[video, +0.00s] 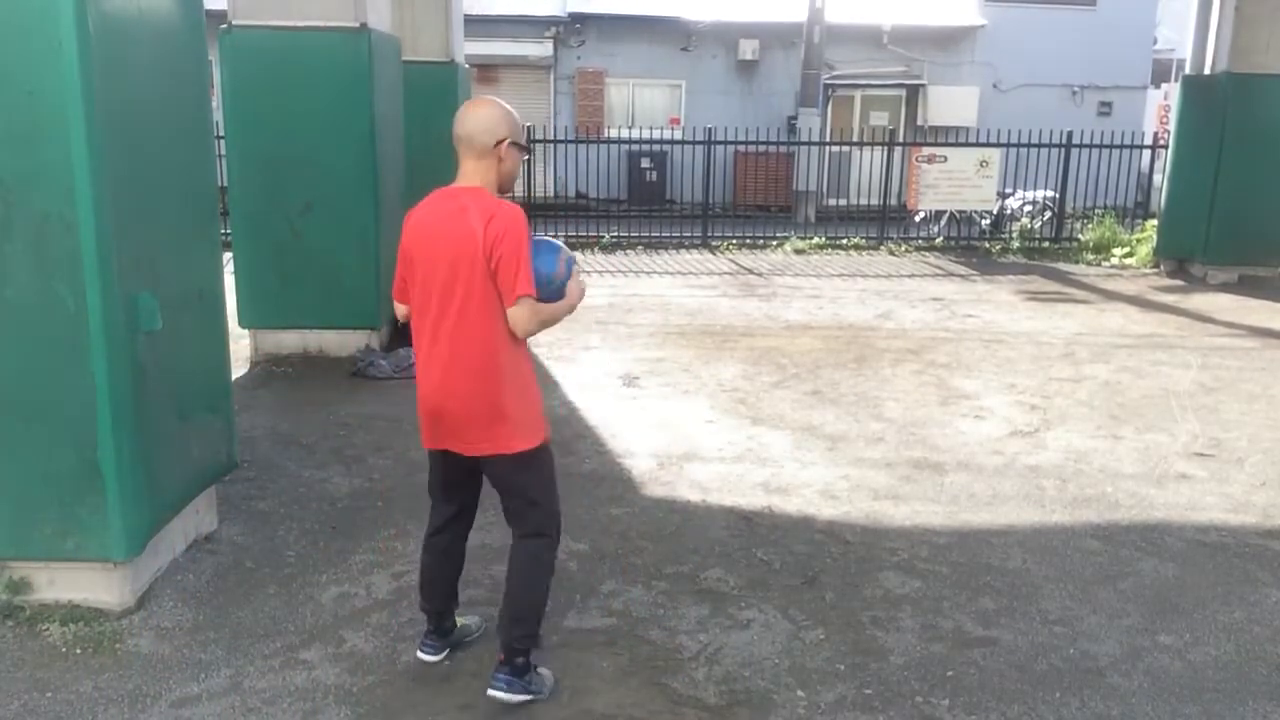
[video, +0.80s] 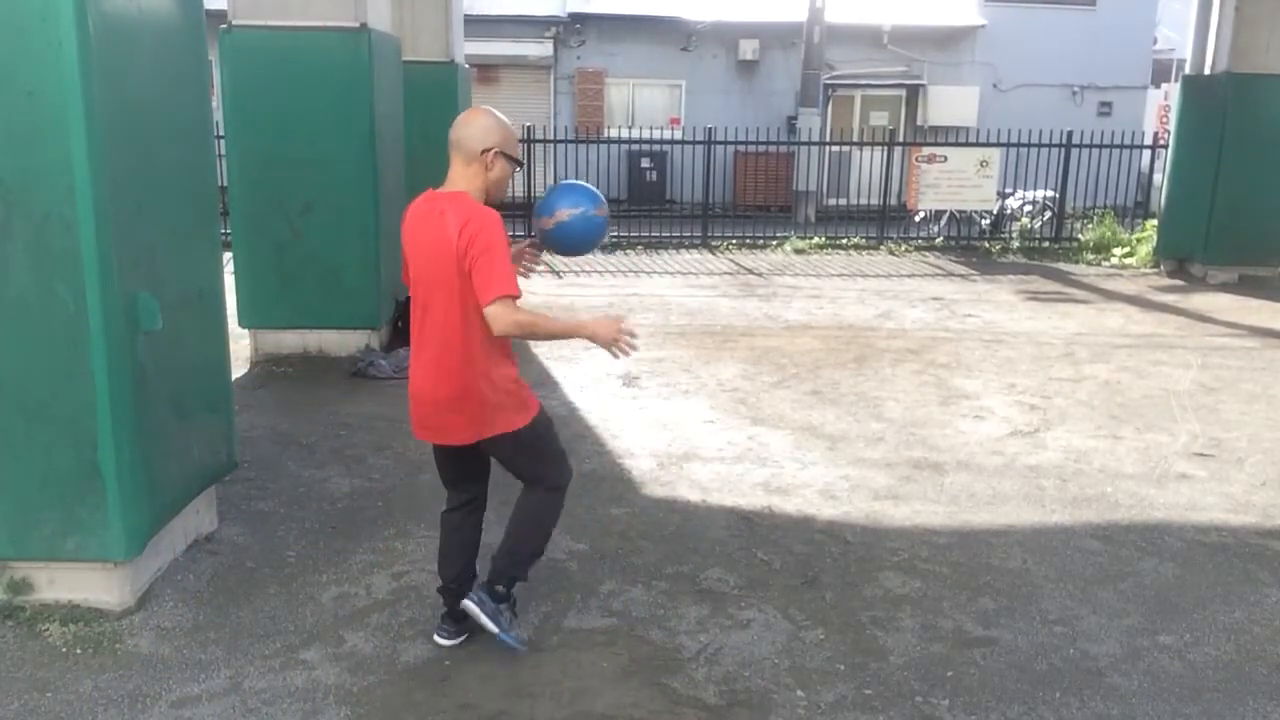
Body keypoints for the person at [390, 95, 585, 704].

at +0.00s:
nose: (521, 158)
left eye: (521, 147)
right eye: (519, 148)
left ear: (462, 148)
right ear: (500, 150)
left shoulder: (419, 215)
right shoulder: (502, 218)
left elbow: (405, 308)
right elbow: (522, 321)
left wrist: (488, 289)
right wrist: (566, 302)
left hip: (440, 404)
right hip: (502, 407)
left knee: (448, 514)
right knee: (536, 526)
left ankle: (437, 630)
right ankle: (515, 666)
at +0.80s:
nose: (512, 176)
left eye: (514, 165)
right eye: (512, 163)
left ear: (458, 155)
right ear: (488, 158)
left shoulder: (418, 210)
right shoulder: (480, 220)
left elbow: (418, 280)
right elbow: (503, 318)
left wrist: (499, 262)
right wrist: (585, 328)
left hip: (434, 392)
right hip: (488, 392)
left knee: (463, 497)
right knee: (549, 476)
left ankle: (454, 614)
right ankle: (497, 592)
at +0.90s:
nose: (515, 181)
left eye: (517, 170)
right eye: (514, 168)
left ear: (467, 160)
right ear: (490, 162)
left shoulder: (419, 215)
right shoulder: (477, 223)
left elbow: (433, 287)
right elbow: (483, 322)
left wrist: (499, 273)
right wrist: (563, 359)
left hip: (433, 387)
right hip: (480, 383)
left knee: (464, 495)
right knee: (568, 429)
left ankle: (455, 614)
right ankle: (514, 539)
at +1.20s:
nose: (516, 164)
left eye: (517, 152)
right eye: (515, 151)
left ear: (463, 148)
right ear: (496, 149)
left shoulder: (424, 208)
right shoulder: (491, 214)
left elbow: (412, 288)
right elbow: (497, 311)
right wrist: (560, 378)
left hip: (440, 389)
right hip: (492, 387)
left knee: (465, 494)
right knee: (567, 465)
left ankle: (455, 616)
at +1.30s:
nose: (521, 174)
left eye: (520, 163)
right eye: (521, 163)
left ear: (465, 161)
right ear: (509, 163)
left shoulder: (426, 223)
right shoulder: (509, 230)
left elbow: (395, 303)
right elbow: (536, 328)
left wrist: (449, 330)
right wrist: (601, 375)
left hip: (461, 392)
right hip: (507, 401)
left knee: (506, 476)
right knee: (526, 512)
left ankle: (480, 557)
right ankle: (485, 630)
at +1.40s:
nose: (526, 175)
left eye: (524, 165)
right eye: (526, 165)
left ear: (469, 162)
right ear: (515, 165)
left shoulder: (424, 226)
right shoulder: (518, 232)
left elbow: (386, 310)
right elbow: (553, 325)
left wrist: (409, 361)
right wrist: (614, 362)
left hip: (463, 384)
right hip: (510, 396)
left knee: (564, 346)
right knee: (528, 507)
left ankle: (514, 470)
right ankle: (484, 630)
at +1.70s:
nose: (527, 155)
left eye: (525, 145)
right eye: (525, 145)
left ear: (472, 149)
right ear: (510, 148)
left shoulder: (436, 215)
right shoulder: (523, 214)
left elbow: (400, 298)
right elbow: (560, 304)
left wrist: (425, 346)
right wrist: (614, 332)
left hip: (475, 380)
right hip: (517, 388)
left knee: (551, 417)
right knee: (513, 506)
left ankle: (507, 521)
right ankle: (484, 627)